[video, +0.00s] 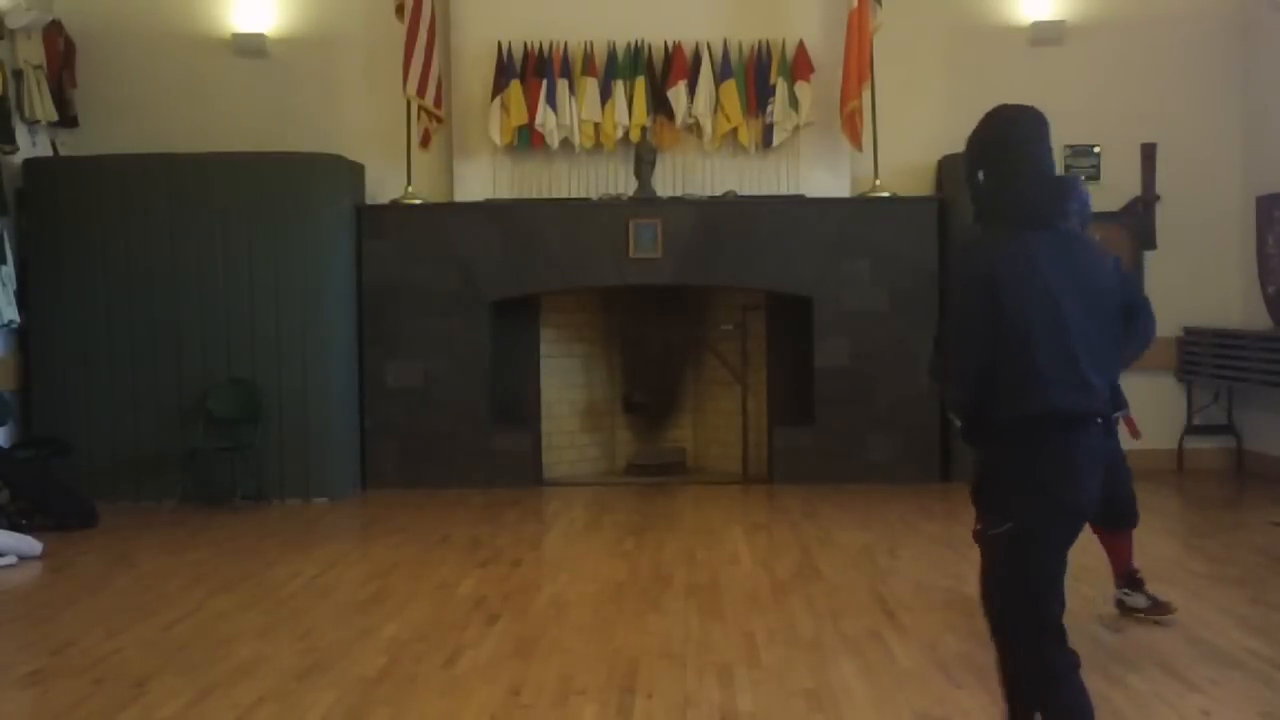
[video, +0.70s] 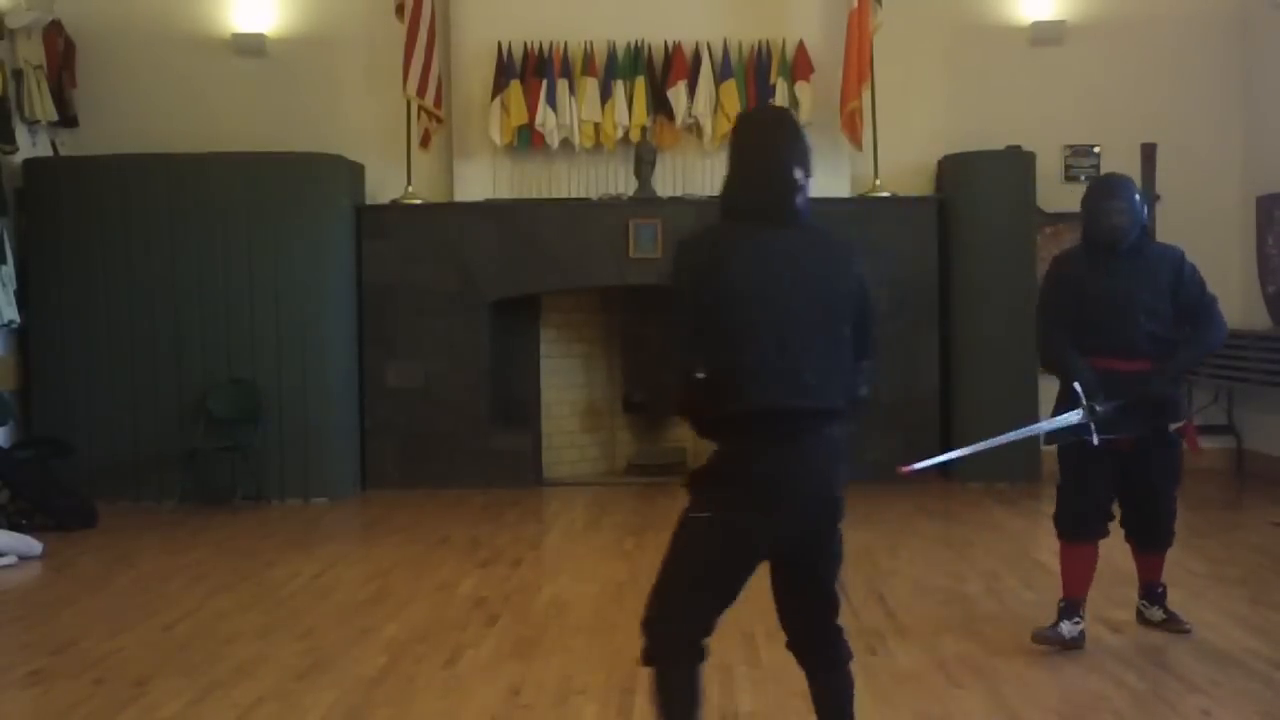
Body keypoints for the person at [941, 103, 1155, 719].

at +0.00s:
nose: (973, 179)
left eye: (976, 169)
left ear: (983, 176)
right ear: (1046, 169)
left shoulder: (978, 259)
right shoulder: (1084, 253)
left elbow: (957, 371)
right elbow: (1138, 326)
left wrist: (981, 427)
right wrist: (1085, 377)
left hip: (1020, 456)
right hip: (1082, 450)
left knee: (1026, 618)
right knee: (1016, 600)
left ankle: (1064, 709)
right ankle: (1027, 707)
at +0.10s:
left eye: (949, 165)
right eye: (1021, 157)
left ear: (954, 169)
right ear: (1022, 167)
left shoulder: (944, 252)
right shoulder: (1058, 254)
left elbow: (925, 363)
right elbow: (1098, 337)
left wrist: (945, 418)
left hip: (986, 454)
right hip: (1050, 451)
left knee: (1038, 634)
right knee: (968, 598)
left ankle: (1076, 706)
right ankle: (964, 710)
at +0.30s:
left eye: (891, 176)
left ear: (890, 182)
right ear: (955, 183)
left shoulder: (870, 265)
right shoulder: (991, 264)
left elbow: (850, 383)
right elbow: (1012, 362)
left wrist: (892, 447)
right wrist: (980, 434)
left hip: (924, 465)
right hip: (978, 460)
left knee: (999, 639)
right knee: (889, 623)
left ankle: (1053, 705)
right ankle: (877, 709)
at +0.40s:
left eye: (856, 173)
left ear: (852, 180)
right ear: (916, 184)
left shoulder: (829, 266)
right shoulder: (947, 271)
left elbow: (819, 378)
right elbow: (967, 369)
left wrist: (848, 451)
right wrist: (937, 439)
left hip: (878, 470)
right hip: (930, 466)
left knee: (917, 644)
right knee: (853, 626)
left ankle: (1001, 711)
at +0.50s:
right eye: (874, 164)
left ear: (815, 170)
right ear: (879, 173)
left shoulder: (787, 255)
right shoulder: (906, 258)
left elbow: (761, 379)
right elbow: (938, 351)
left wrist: (810, 428)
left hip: (836, 463)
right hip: (900, 459)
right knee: (851, 630)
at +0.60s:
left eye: (777, 156)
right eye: (838, 161)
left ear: (775, 164)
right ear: (840, 168)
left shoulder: (750, 252)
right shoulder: (873, 253)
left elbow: (722, 374)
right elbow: (897, 367)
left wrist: (773, 413)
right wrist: (853, 410)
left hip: (784, 465)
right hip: (857, 465)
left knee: (728, 616)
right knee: (837, 627)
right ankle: (846, 715)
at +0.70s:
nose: (806, 177)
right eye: (803, 167)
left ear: (734, 169)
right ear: (799, 171)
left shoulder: (705, 253)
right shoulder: (834, 254)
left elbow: (680, 380)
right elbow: (858, 377)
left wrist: (735, 425)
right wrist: (808, 417)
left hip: (739, 469)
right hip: (816, 469)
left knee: (673, 630)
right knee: (817, 627)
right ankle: (838, 711)